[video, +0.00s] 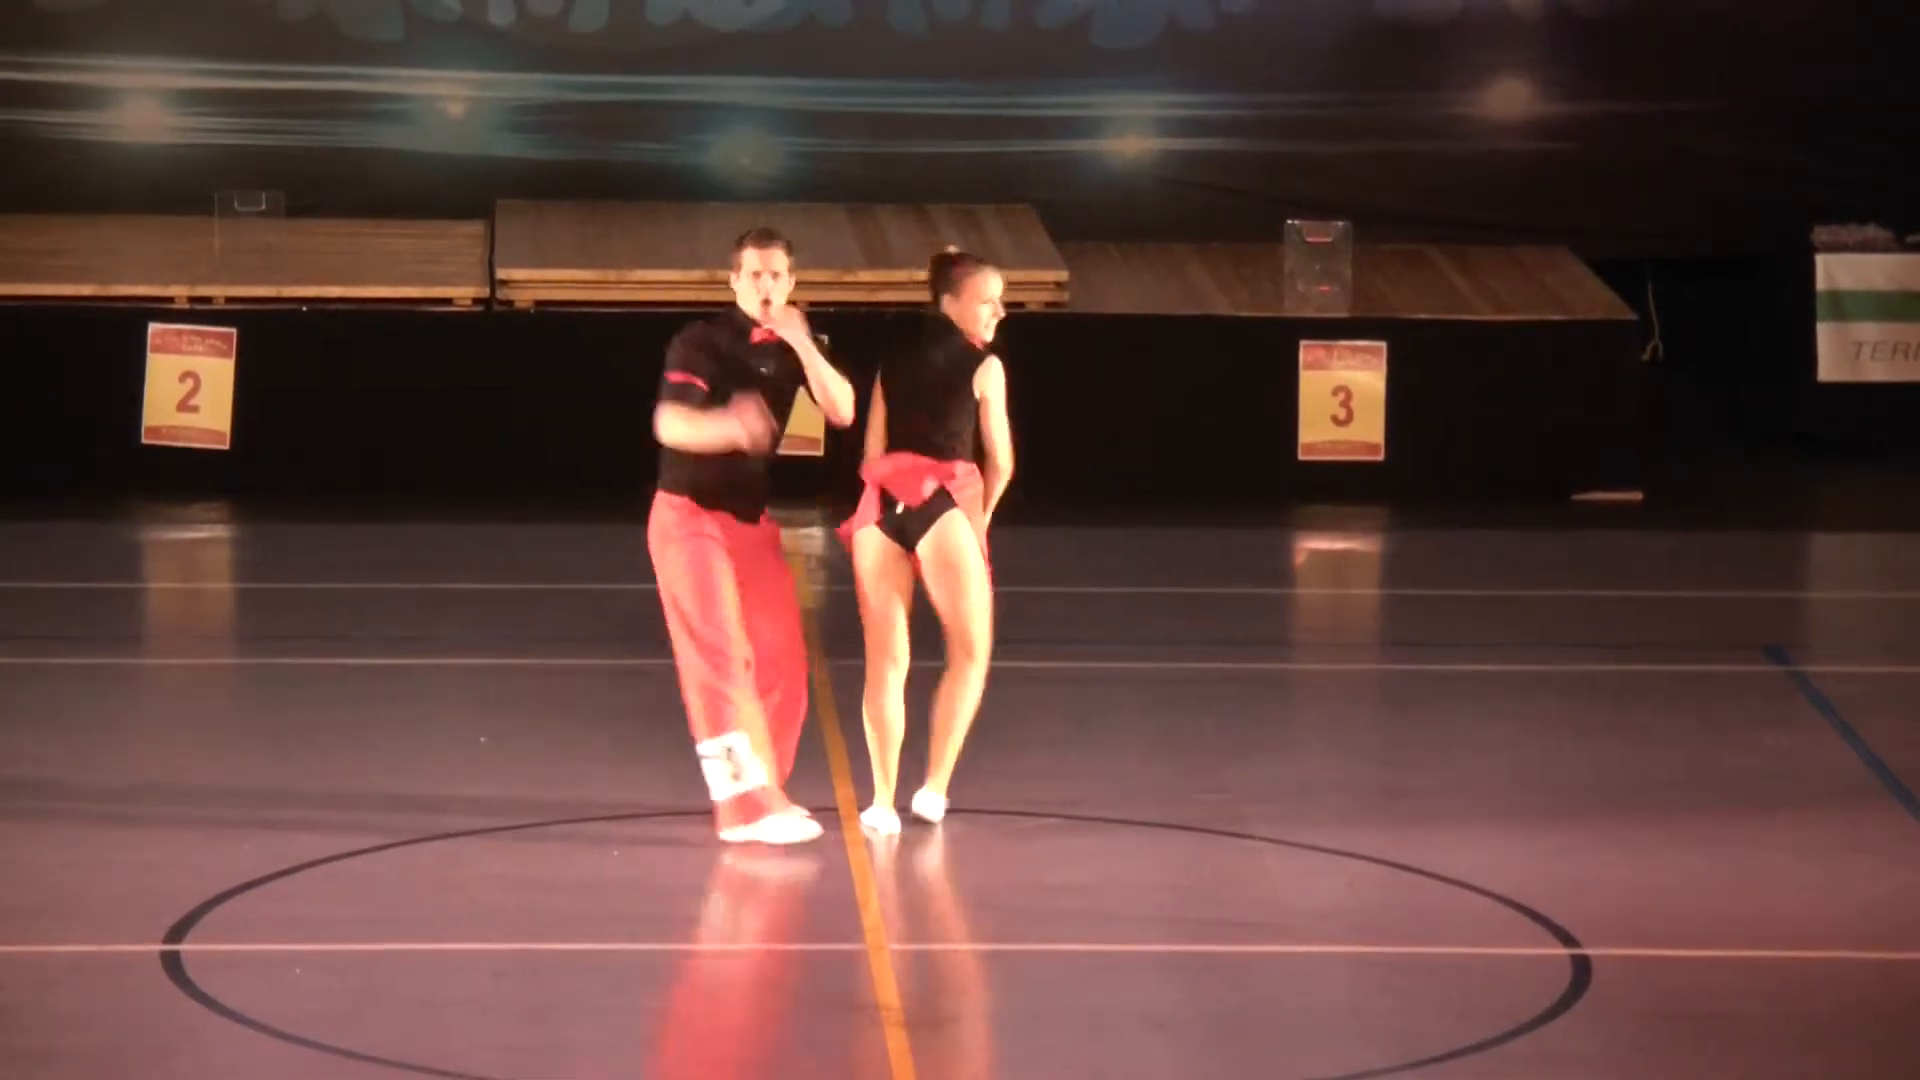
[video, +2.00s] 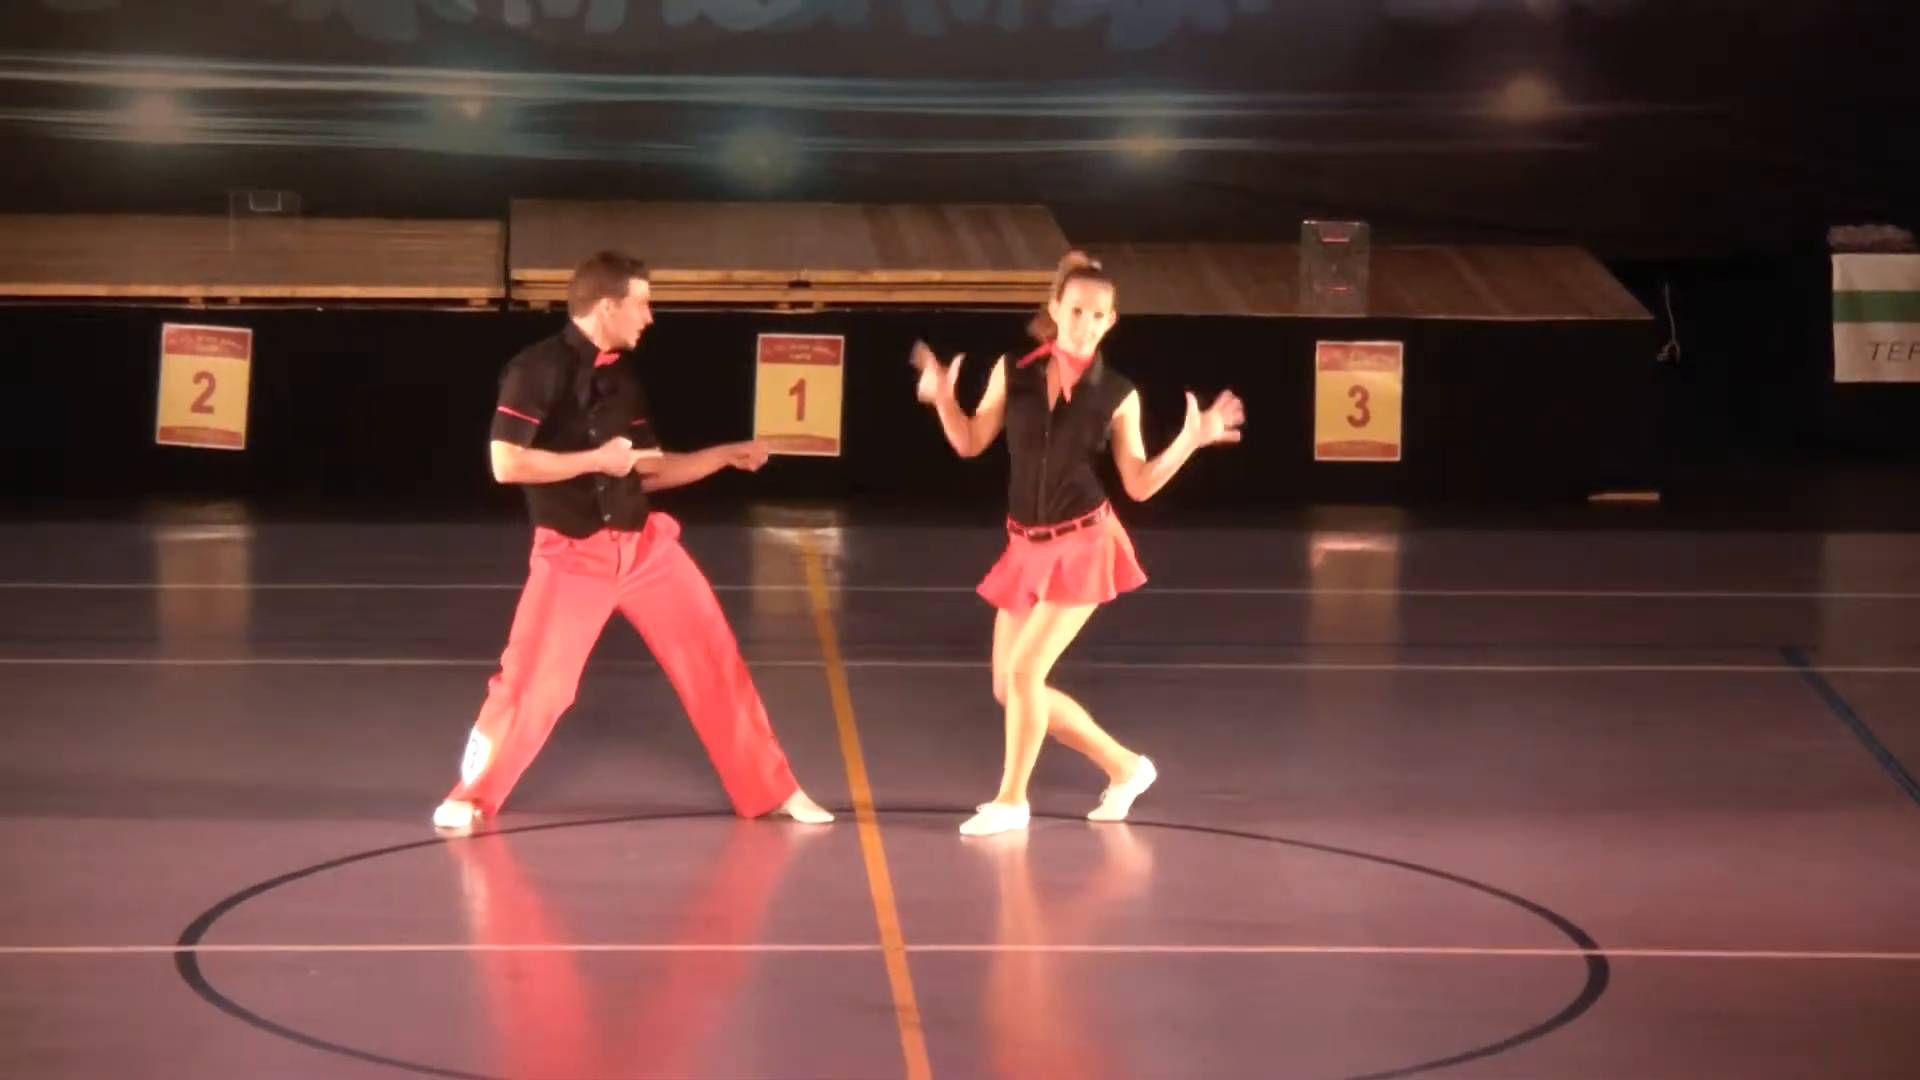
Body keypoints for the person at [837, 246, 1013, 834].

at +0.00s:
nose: (998, 313)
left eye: (998, 302)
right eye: (989, 301)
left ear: (943, 302)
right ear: (953, 300)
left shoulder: (891, 360)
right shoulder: (982, 364)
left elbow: (873, 450)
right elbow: (1000, 462)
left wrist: (879, 508)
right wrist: (978, 518)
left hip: (876, 503)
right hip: (943, 502)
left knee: (884, 661)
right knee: (969, 653)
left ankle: (882, 801)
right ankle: (934, 788)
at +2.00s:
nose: (1086, 326)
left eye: (1098, 315)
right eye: (1077, 311)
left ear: (1110, 321)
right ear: (1054, 310)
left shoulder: (1117, 395)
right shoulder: (1013, 373)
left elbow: (1139, 483)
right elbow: (970, 442)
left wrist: (1191, 437)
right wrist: (943, 401)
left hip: (1087, 544)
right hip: (1026, 545)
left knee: (1027, 673)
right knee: (1008, 686)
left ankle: (1011, 803)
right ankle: (1126, 766)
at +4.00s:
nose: (1094, 312)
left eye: (1110, 305)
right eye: (1089, 295)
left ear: (1126, 312)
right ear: (1074, 287)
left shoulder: (1106, 365)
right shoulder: (1061, 344)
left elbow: (1158, 446)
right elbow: (1036, 420)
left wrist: (1095, 500)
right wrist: (1025, 471)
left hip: (1074, 523)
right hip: (1039, 520)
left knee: (1081, 661)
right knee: (966, 625)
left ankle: (1097, 797)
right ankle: (1029, 745)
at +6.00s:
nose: (1158, 297)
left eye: (1173, 288)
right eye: (1153, 283)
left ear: (1204, 292)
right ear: (1144, 281)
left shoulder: (1205, 363)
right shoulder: (1146, 333)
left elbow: (1263, 429)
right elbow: (1071, 321)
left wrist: (1324, 480)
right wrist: (985, 298)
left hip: (1160, 505)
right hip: (1147, 494)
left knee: (1019, 469)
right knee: (1147, 639)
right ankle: (1169, 777)